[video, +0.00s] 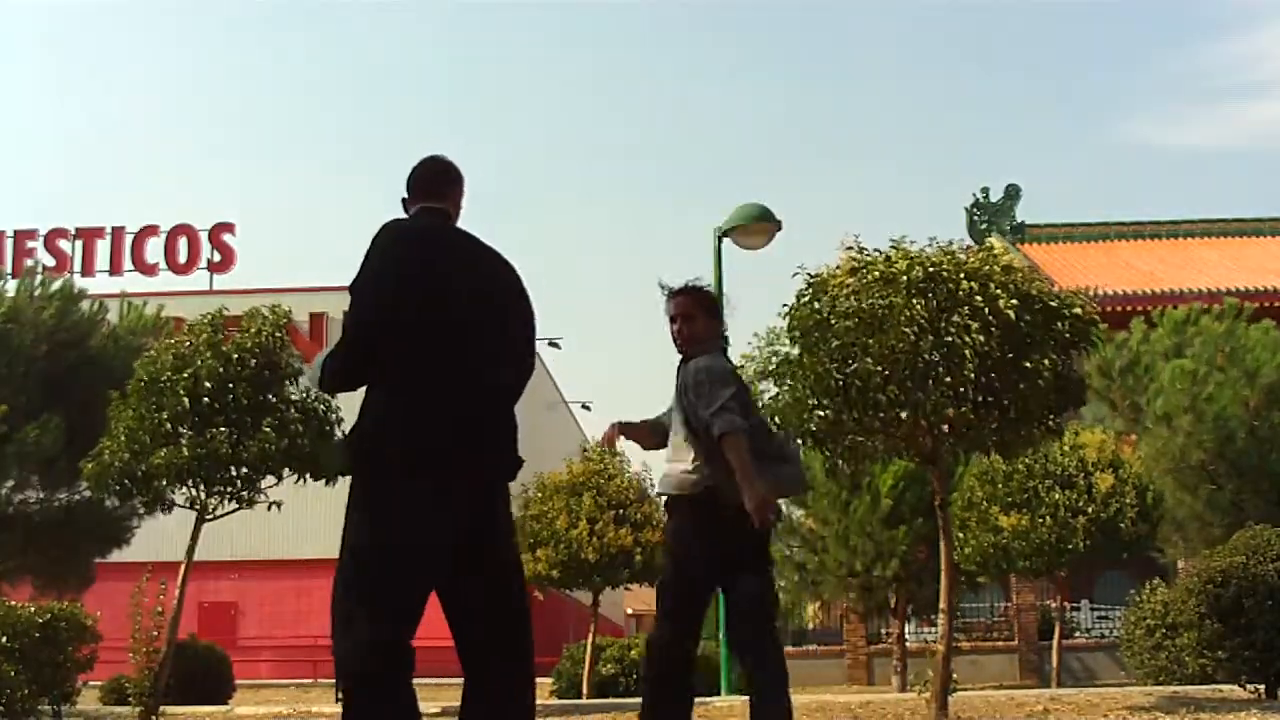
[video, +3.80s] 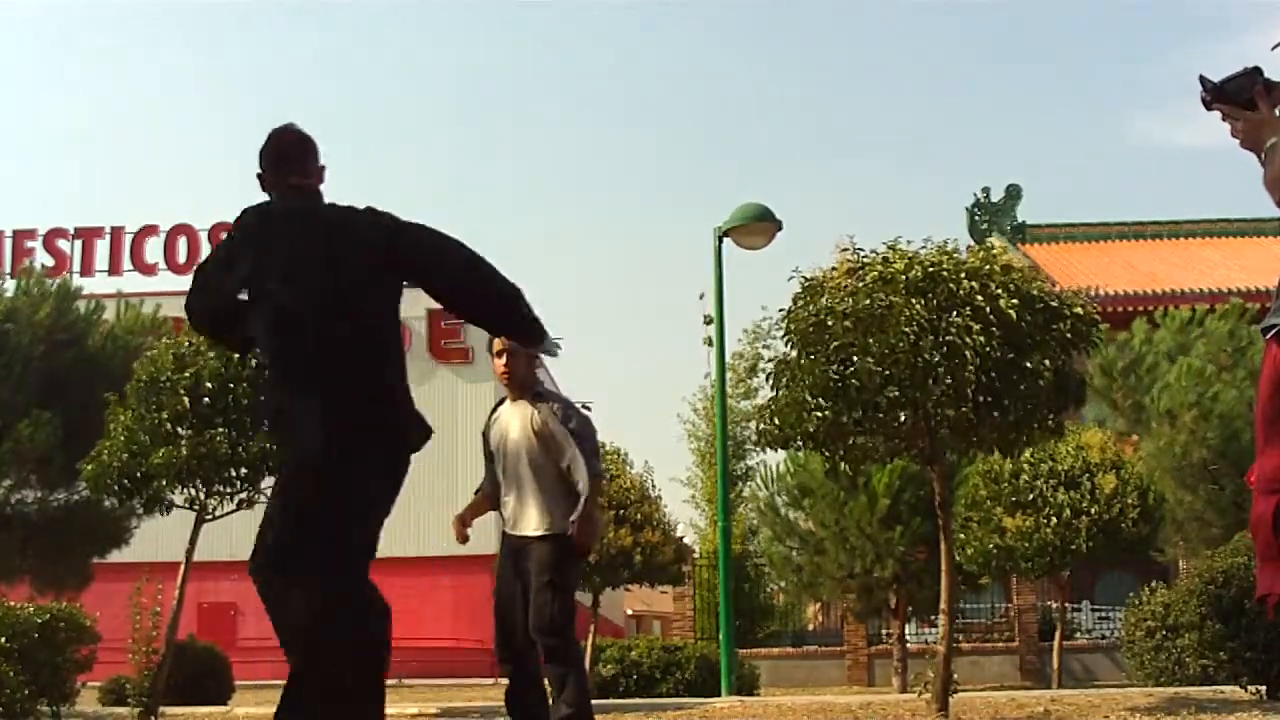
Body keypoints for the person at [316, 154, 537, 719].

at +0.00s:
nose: (419, 210)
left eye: (412, 202)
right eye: (442, 199)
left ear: (406, 201)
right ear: (460, 201)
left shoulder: (394, 244)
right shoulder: (499, 270)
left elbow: (362, 353)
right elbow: (518, 365)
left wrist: (328, 371)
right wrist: (473, 404)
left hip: (396, 472)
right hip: (478, 476)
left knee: (370, 636)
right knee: (498, 642)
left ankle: (383, 719)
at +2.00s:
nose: (345, 212)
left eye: (336, 203)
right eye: (371, 200)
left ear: (331, 203)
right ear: (385, 202)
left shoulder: (306, 258)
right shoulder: (425, 258)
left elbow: (273, 353)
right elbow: (481, 355)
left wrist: (324, 394)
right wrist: (508, 425)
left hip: (344, 465)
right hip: (425, 459)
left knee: (358, 629)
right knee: (447, 625)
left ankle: (370, 715)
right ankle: (468, 715)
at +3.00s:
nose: (426, 213)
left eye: (428, 202)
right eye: (425, 201)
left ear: (377, 187)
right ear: (407, 190)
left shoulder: (330, 250)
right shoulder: (392, 237)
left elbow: (305, 353)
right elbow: (402, 340)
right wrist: (449, 401)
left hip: (324, 448)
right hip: (380, 449)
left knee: (340, 597)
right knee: (396, 596)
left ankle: (314, 710)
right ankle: (417, 710)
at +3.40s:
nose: (414, 190)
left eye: (405, 181)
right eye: (417, 181)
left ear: (362, 177)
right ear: (415, 178)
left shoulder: (318, 238)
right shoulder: (426, 229)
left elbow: (313, 330)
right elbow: (481, 326)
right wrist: (540, 393)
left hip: (323, 437)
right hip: (413, 439)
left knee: (296, 581)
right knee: (441, 588)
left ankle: (277, 705)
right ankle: (443, 709)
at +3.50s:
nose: (389, 187)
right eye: (392, 179)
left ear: (337, 179)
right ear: (392, 178)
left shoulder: (296, 236)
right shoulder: (413, 233)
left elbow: (286, 334)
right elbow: (486, 316)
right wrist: (558, 377)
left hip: (307, 452)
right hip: (403, 451)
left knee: (290, 607)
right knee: (441, 609)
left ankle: (298, 716)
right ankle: (447, 713)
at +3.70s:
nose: (322, 176)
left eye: (297, 170)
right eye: (332, 165)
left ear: (283, 173)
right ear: (341, 167)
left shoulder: (261, 221)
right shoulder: (384, 224)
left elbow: (226, 308)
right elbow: (473, 283)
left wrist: (290, 335)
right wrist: (557, 338)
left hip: (289, 441)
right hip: (375, 435)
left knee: (295, 596)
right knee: (394, 573)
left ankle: (293, 707)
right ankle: (426, 652)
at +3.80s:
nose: (283, 186)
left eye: (269, 179)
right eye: (303, 170)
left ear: (263, 179)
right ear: (320, 173)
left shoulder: (256, 229)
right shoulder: (372, 227)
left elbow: (204, 305)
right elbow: (459, 269)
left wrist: (258, 327)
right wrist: (524, 327)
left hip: (315, 434)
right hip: (387, 429)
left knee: (276, 561)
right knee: (343, 570)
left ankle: (327, 699)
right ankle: (355, 705)